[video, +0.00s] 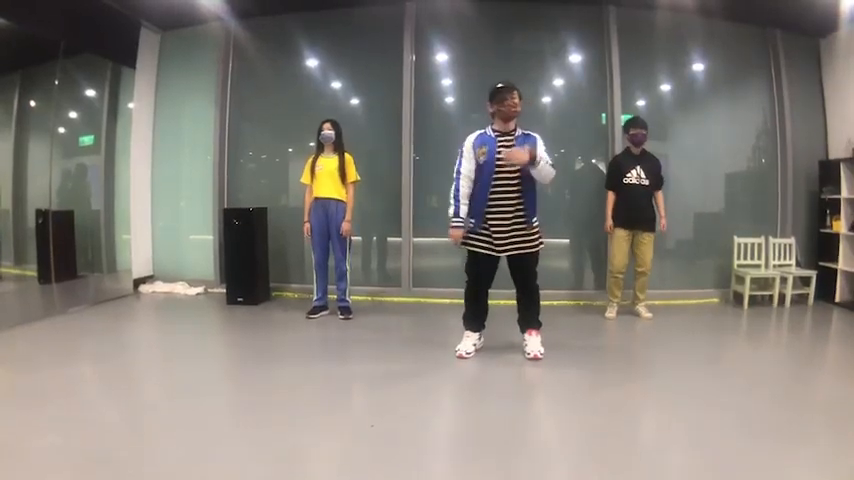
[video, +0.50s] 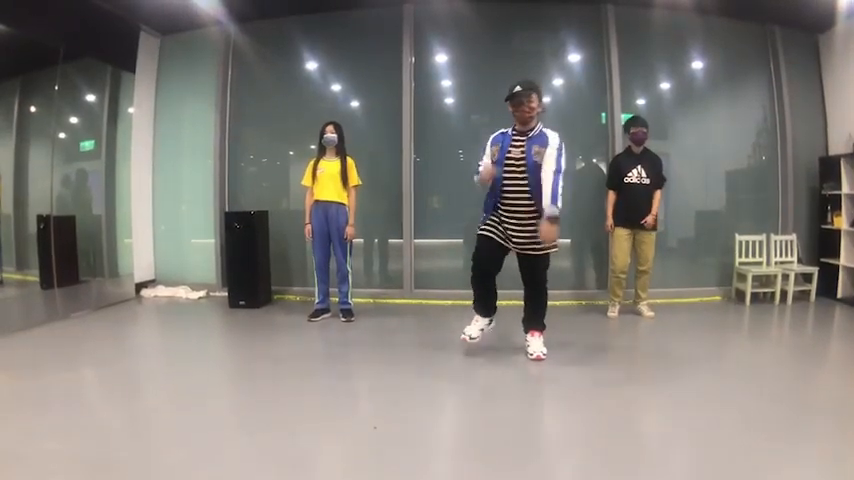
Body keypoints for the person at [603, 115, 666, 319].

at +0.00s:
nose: (638, 138)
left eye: (642, 135)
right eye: (634, 135)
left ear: (647, 136)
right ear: (627, 135)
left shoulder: (653, 162)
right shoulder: (617, 162)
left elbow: (658, 191)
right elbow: (611, 191)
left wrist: (662, 216)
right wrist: (608, 217)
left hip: (645, 223)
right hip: (621, 223)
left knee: (644, 267)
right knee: (617, 267)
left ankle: (639, 302)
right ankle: (613, 302)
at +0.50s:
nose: (640, 135)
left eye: (643, 131)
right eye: (635, 131)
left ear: (648, 134)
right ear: (628, 134)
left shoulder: (654, 160)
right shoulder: (618, 161)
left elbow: (657, 189)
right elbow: (612, 191)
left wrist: (653, 213)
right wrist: (609, 217)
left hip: (646, 222)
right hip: (622, 222)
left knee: (645, 266)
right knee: (619, 267)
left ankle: (641, 301)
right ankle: (615, 302)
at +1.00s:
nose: (640, 138)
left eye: (643, 134)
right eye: (636, 134)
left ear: (648, 137)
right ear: (629, 137)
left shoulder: (653, 164)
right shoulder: (618, 164)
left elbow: (658, 195)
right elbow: (613, 192)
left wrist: (662, 221)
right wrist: (615, 217)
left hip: (648, 225)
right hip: (623, 225)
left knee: (648, 269)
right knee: (620, 270)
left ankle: (644, 304)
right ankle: (618, 305)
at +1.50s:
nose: (643, 145)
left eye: (646, 142)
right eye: (638, 142)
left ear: (650, 144)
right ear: (631, 144)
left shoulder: (657, 172)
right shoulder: (621, 171)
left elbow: (662, 202)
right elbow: (615, 200)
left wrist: (663, 228)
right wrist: (611, 226)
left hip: (649, 232)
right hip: (624, 232)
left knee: (652, 276)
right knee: (620, 273)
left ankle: (651, 308)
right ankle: (619, 308)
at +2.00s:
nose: (618, 149)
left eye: (622, 146)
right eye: (614, 146)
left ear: (628, 149)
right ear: (609, 148)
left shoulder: (635, 172)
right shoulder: (602, 174)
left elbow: (651, 197)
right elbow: (588, 194)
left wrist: (643, 218)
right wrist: (587, 216)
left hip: (631, 235)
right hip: (606, 234)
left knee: (641, 277)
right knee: (597, 276)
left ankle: (653, 308)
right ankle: (597, 310)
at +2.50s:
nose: (647, 157)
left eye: (650, 153)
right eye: (643, 154)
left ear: (653, 154)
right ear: (633, 155)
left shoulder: (645, 174)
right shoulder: (625, 172)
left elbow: (647, 193)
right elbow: (605, 191)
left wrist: (658, 201)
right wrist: (624, 210)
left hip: (637, 236)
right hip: (618, 237)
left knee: (652, 274)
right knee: (606, 281)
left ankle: (641, 310)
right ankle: (579, 309)